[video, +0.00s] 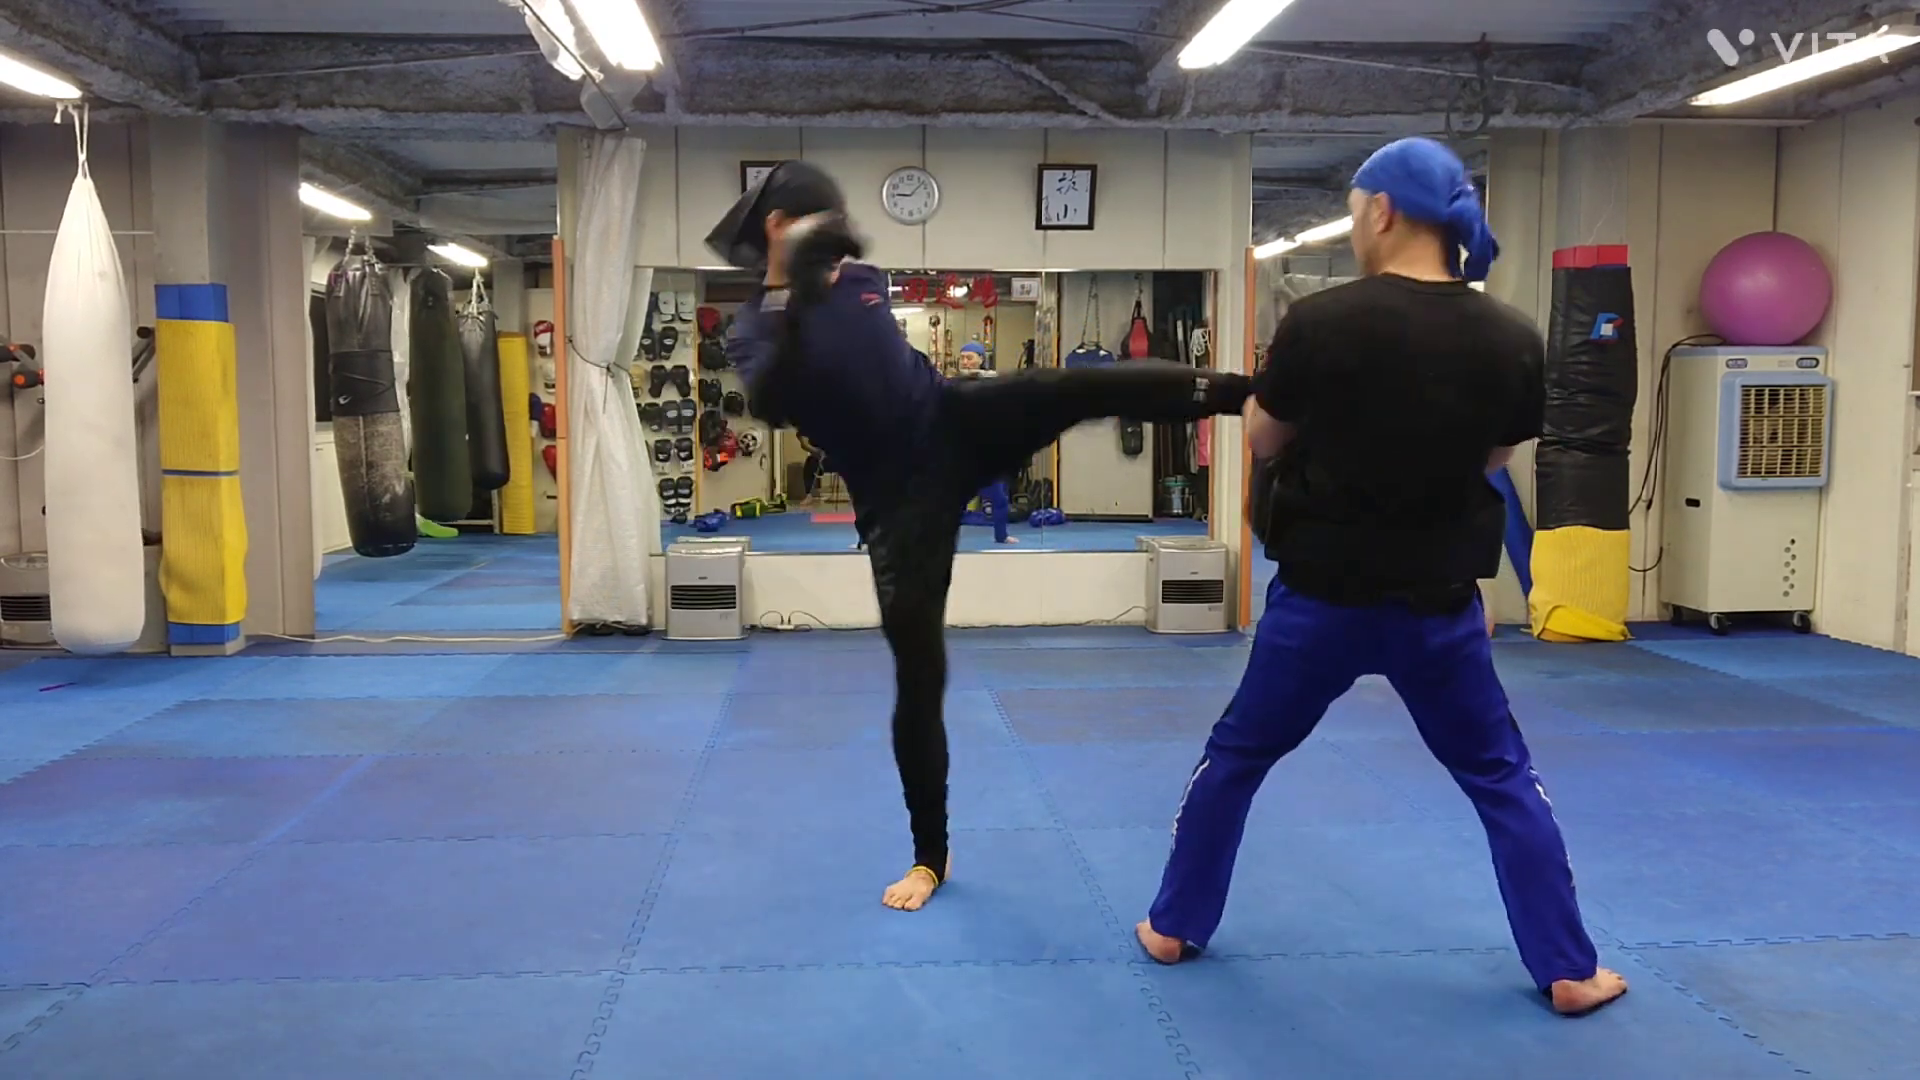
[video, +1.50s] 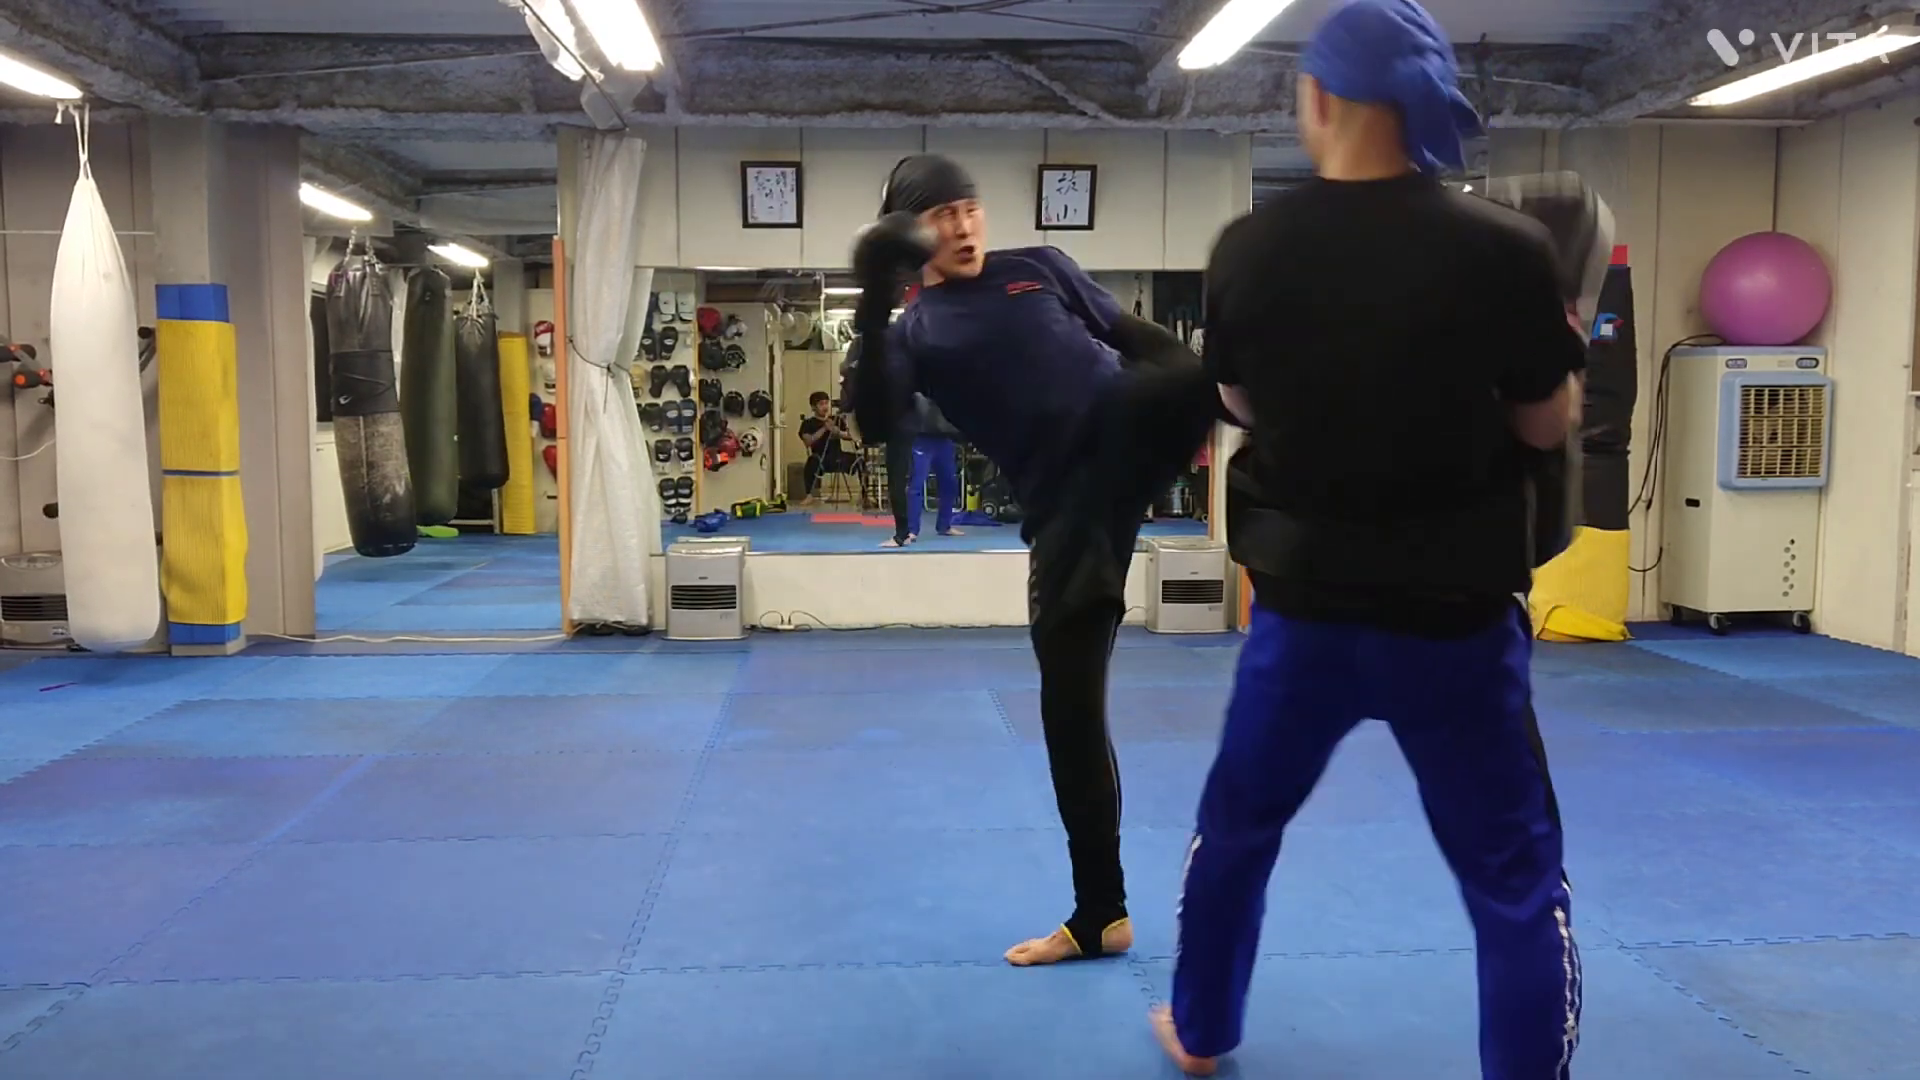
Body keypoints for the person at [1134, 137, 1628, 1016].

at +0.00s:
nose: (1353, 225)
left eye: (1358, 209)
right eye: (1357, 209)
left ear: (1387, 215)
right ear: (1450, 224)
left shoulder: (1323, 321)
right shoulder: (1510, 339)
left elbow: (1265, 436)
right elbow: (1494, 457)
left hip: (1320, 605)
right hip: (1439, 609)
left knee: (1235, 758)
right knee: (1502, 776)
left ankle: (1174, 927)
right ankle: (1568, 972)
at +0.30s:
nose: (1410, 173)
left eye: (1417, 157)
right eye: (1416, 157)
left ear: (1446, 167)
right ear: (1513, 182)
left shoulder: (1365, 275)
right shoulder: (1571, 308)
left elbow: (1304, 394)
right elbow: (1562, 446)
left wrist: (1382, 387)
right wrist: (1472, 415)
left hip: (1347, 578)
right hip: (1477, 591)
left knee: (1254, 748)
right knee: (1533, 780)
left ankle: (1187, 926)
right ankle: (1574, 978)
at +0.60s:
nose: (1346, 164)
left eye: (1350, 150)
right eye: (1352, 148)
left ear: (1369, 162)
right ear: (1450, 169)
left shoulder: (1297, 284)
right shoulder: (1509, 292)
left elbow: (1281, 430)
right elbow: (1544, 451)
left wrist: (1371, 406)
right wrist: (1466, 412)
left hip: (1328, 602)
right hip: (1459, 607)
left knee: (1270, 806)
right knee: (1528, 797)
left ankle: (1210, 1026)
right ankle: (1577, 981)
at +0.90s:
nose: (1319, 140)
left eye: (1322, 123)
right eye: (1324, 123)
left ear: (1338, 131)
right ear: (1430, 134)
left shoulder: (1272, 259)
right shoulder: (1498, 250)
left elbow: (1266, 424)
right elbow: (1553, 415)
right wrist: (1468, 363)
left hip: (1323, 597)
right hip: (1461, 598)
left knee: (1263, 811)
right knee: (1540, 831)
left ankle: (1203, 1033)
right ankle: (1505, 1070)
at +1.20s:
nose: (1352, 131)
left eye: (1354, 114)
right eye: (1361, 114)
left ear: (1369, 121)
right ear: (1472, 126)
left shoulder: (1288, 259)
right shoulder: (1541, 259)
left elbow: (1283, 416)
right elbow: (1590, 432)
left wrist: (1391, 397)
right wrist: (1495, 395)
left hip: (1346, 624)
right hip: (1494, 629)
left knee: (1277, 827)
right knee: (1538, 879)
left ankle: (1207, 1038)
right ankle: (1536, 1069)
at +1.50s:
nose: (1303, 112)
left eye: (1307, 94)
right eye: (1309, 92)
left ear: (1325, 105)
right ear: (1420, 108)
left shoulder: (1253, 245)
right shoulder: (1504, 247)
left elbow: (1242, 402)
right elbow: (1549, 420)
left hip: (1303, 624)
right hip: (1455, 632)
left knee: (1235, 831)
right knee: (1515, 883)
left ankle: (1200, 1034)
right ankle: (1531, 1072)